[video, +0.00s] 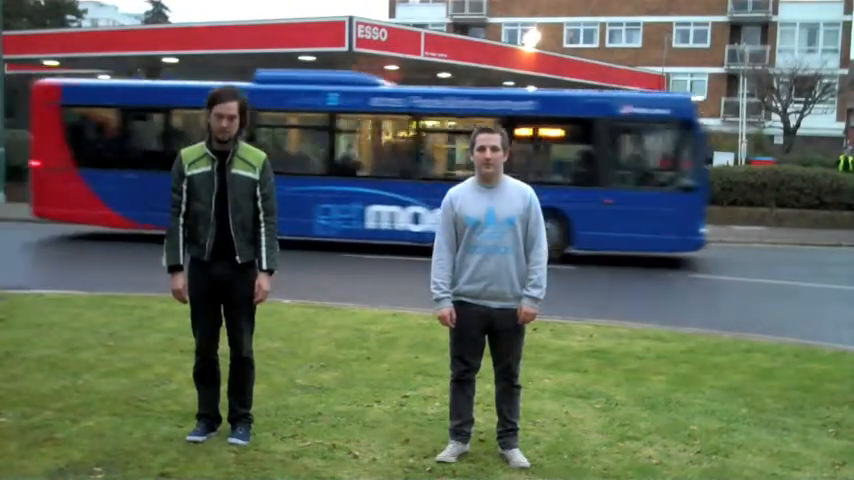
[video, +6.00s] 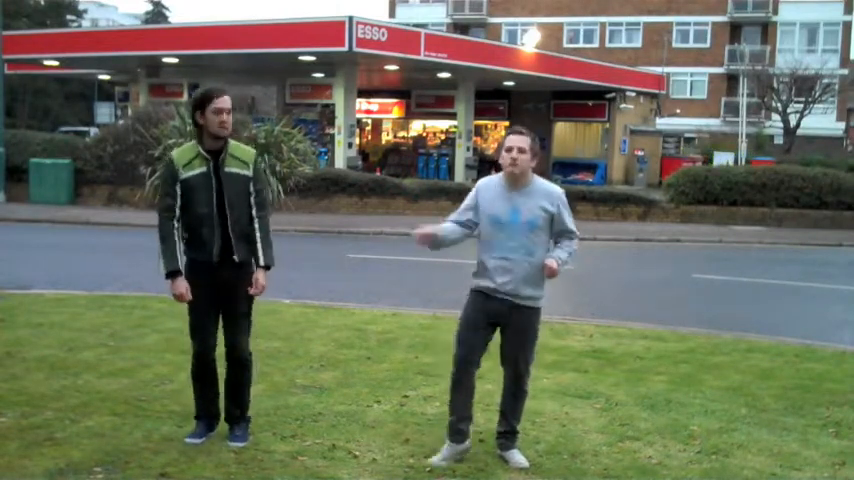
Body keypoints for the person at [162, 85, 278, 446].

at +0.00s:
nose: (225, 124)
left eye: (232, 118)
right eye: (219, 117)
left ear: (241, 120)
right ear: (208, 118)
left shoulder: (257, 162)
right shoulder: (187, 159)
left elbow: (267, 218)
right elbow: (176, 216)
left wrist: (266, 270)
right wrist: (176, 269)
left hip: (242, 270)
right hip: (201, 269)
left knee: (241, 350)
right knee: (204, 349)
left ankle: (241, 421)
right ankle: (206, 419)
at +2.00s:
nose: (214, 125)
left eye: (221, 120)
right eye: (211, 119)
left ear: (240, 123)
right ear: (207, 118)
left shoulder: (262, 165)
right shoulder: (191, 158)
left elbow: (270, 222)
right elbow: (176, 213)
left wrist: (264, 274)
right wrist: (173, 265)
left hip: (243, 272)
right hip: (201, 268)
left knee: (243, 350)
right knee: (187, 340)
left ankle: (241, 421)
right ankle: (201, 414)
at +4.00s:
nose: (210, 123)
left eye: (217, 117)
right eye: (209, 116)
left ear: (237, 120)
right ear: (210, 119)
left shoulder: (265, 165)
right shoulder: (195, 159)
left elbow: (272, 224)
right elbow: (178, 211)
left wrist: (265, 275)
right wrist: (171, 263)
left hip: (244, 271)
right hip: (203, 267)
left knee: (244, 351)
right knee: (178, 334)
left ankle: (240, 420)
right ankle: (195, 411)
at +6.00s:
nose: (226, 118)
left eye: (229, 112)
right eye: (218, 112)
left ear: (232, 116)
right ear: (200, 117)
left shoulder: (249, 159)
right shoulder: (178, 162)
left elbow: (260, 215)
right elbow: (168, 220)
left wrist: (263, 265)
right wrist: (175, 273)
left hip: (240, 269)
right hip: (199, 271)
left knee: (238, 350)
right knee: (202, 350)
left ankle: (238, 421)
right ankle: (205, 420)